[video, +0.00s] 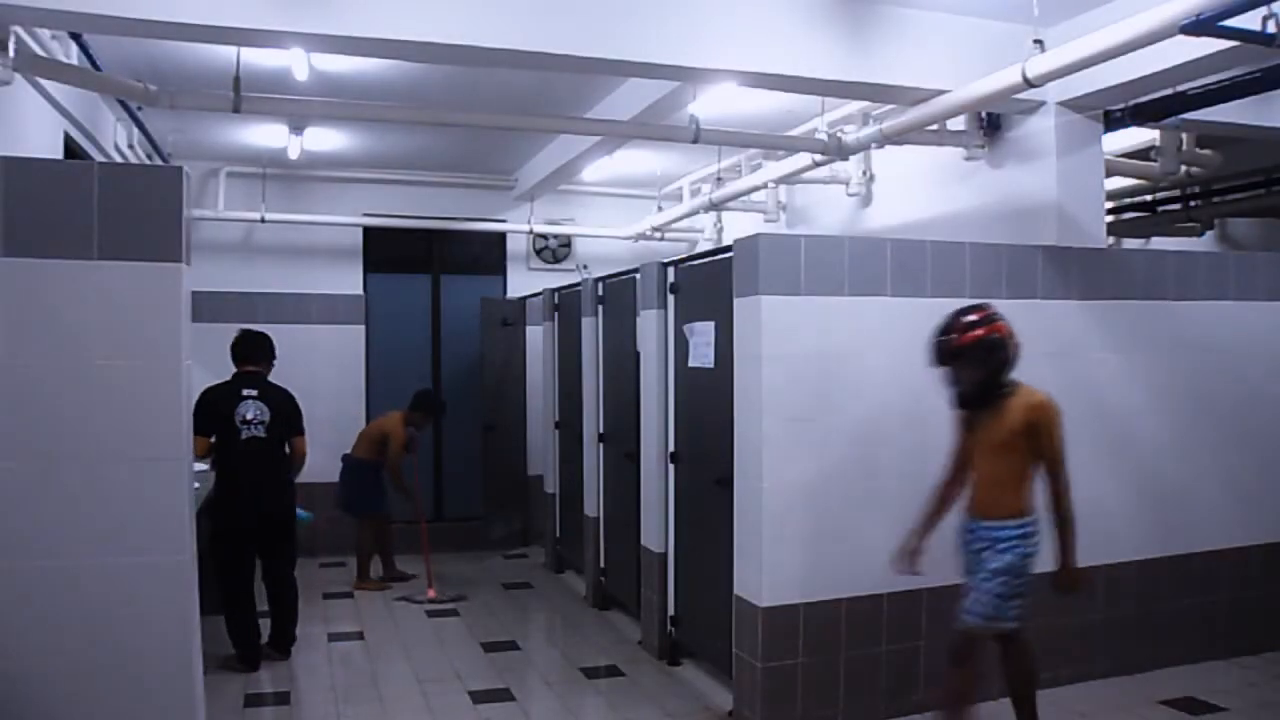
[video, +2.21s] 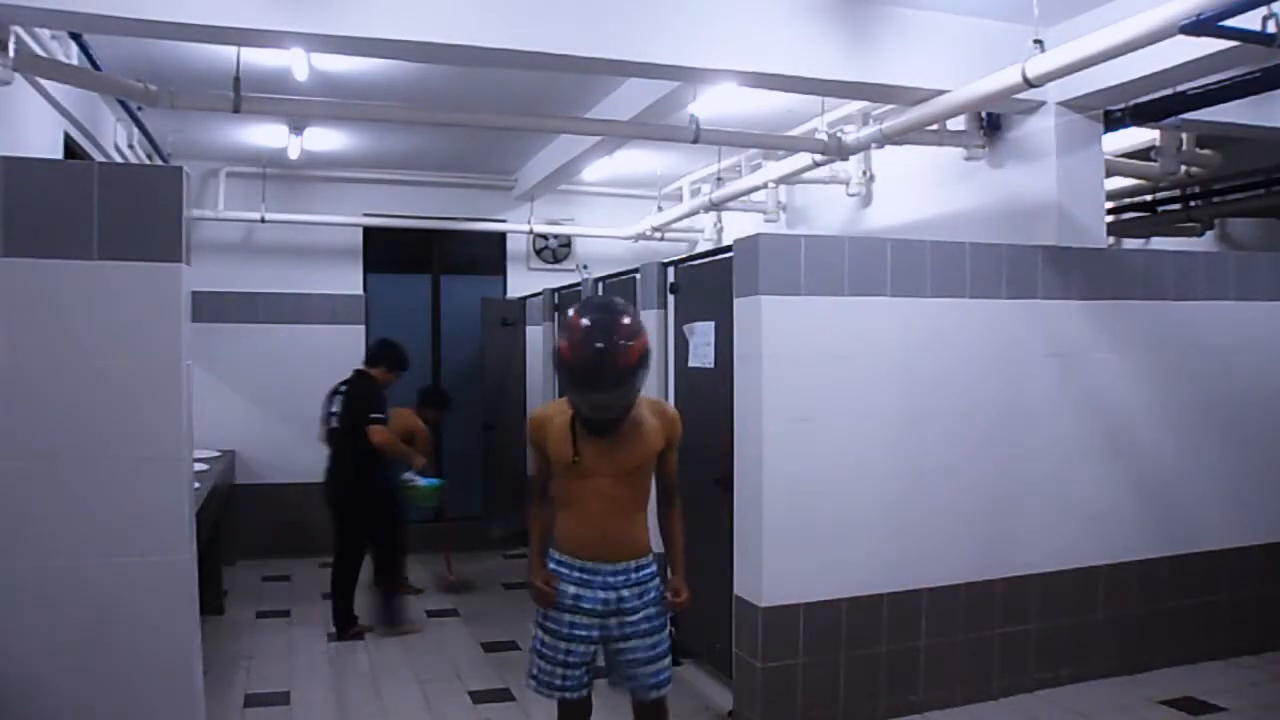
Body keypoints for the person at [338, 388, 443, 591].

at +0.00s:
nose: (425, 425)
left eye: (428, 421)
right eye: (426, 420)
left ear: (414, 410)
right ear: (418, 414)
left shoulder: (395, 420)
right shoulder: (397, 429)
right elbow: (393, 467)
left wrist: (405, 447)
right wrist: (405, 493)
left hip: (370, 468)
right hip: (360, 469)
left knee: (382, 521)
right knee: (367, 524)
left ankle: (389, 569)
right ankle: (363, 577)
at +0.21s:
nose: (435, 423)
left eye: (437, 419)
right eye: (435, 418)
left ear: (422, 408)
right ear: (427, 412)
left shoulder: (401, 417)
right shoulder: (411, 429)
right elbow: (404, 465)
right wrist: (419, 493)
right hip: (372, 468)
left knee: (387, 520)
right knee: (376, 522)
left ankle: (390, 569)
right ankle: (364, 576)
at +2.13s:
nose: (440, 418)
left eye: (442, 414)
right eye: (439, 413)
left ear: (423, 404)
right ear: (432, 410)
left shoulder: (399, 414)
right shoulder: (419, 428)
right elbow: (422, 461)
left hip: (373, 467)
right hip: (386, 473)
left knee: (387, 527)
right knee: (393, 528)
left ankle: (390, 574)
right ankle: (392, 578)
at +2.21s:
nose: (438, 418)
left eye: (440, 412)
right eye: (438, 412)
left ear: (421, 403)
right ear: (431, 409)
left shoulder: (396, 413)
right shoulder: (419, 429)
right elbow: (424, 465)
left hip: (372, 471)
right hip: (388, 479)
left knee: (383, 529)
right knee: (395, 530)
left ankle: (383, 576)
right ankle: (396, 579)